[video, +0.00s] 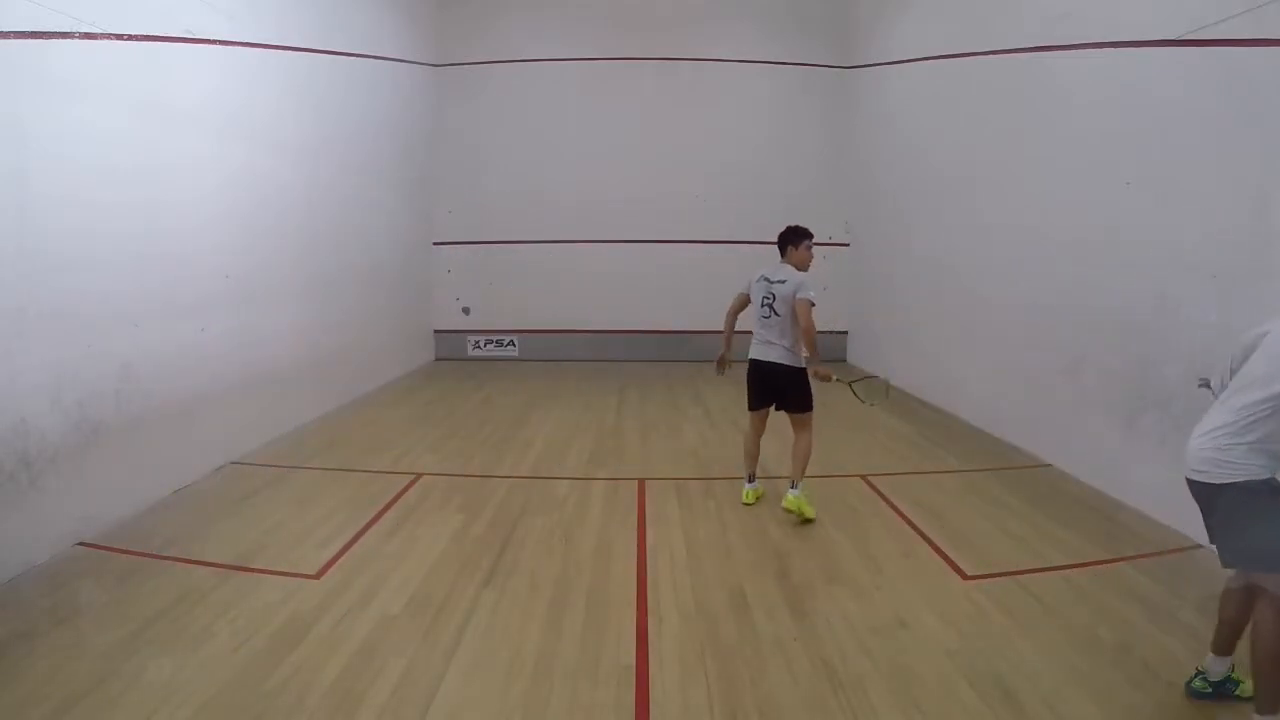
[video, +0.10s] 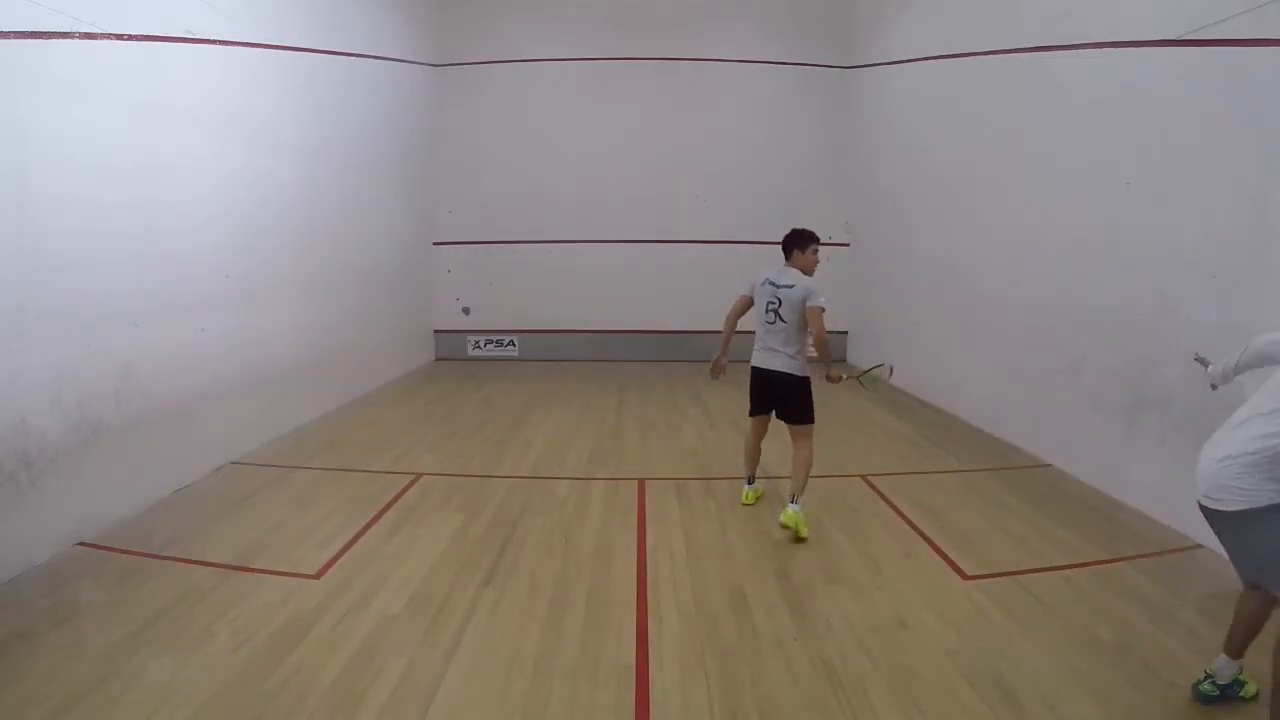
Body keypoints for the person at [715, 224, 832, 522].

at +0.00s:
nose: (812, 255)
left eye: (812, 249)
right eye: (808, 248)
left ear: (786, 251)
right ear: (792, 249)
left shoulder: (760, 278)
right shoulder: (800, 282)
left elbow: (732, 311)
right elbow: (806, 324)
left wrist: (726, 349)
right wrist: (816, 362)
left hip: (758, 367)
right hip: (789, 370)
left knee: (755, 428)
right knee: (802, 429)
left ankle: (749, 487)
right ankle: (795, 492)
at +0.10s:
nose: (818, 259)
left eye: (818, 253)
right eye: (814, 253)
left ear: (790, 255)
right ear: (797, 254)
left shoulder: (764, 281)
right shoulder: (808, 289)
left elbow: (733, 314)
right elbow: (818, 334)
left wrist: (721, 354)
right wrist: (829, 367)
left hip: (760, 372)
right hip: (792, 378)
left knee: (756, 431)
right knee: (802, 441)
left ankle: (749, 487)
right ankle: (794, 506)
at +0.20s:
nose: (827, 265)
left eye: (827, 259)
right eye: (823, 259)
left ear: (798, 260)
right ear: (808, 259)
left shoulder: (770, 287)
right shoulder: (819, 294)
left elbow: (739, 321)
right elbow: (832, 341)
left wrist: (727, 362)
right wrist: (841, 370)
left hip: (765, 380)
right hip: (799, 387)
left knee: (759, 432)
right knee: (805, 456)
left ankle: (749, 488)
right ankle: (785, 525)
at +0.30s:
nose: (831, 261)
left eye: (830, 255)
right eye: (829, 255)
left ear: (800, 256)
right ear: (822, 257)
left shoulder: (777, 285)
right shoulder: (831, 292)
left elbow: (746, 322)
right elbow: (849, 339)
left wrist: (742, 364)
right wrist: (848, 365)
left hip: (771, 383)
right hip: (807, 390)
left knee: (762, 439)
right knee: (805, 462)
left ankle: (753, 494)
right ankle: (784, 529)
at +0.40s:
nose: (834, 245)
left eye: (831, 239)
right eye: (834, 240)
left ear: (803, 241)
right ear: (830, 243)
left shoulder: (781, 271)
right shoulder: (839, 276)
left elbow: (754, 314)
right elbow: (854, 326)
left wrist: (757, 357)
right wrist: (851, 360)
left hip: (778, 374)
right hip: (815, 381)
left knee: (767, 440)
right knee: (810, 458)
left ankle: (755, 505)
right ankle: (793, 525)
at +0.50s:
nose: (841, 241)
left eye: (837, 235)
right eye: (841, 236)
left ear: (808, 236)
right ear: (837, 238)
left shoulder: (787, 268)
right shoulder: (844, 272)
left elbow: (760, 312)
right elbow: (857, 328)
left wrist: (767, 354)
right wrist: (858, 368)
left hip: (783, 374)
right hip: (821, 380)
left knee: (771, 442)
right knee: (829, 458)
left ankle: (745, 514)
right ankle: (818, 535)